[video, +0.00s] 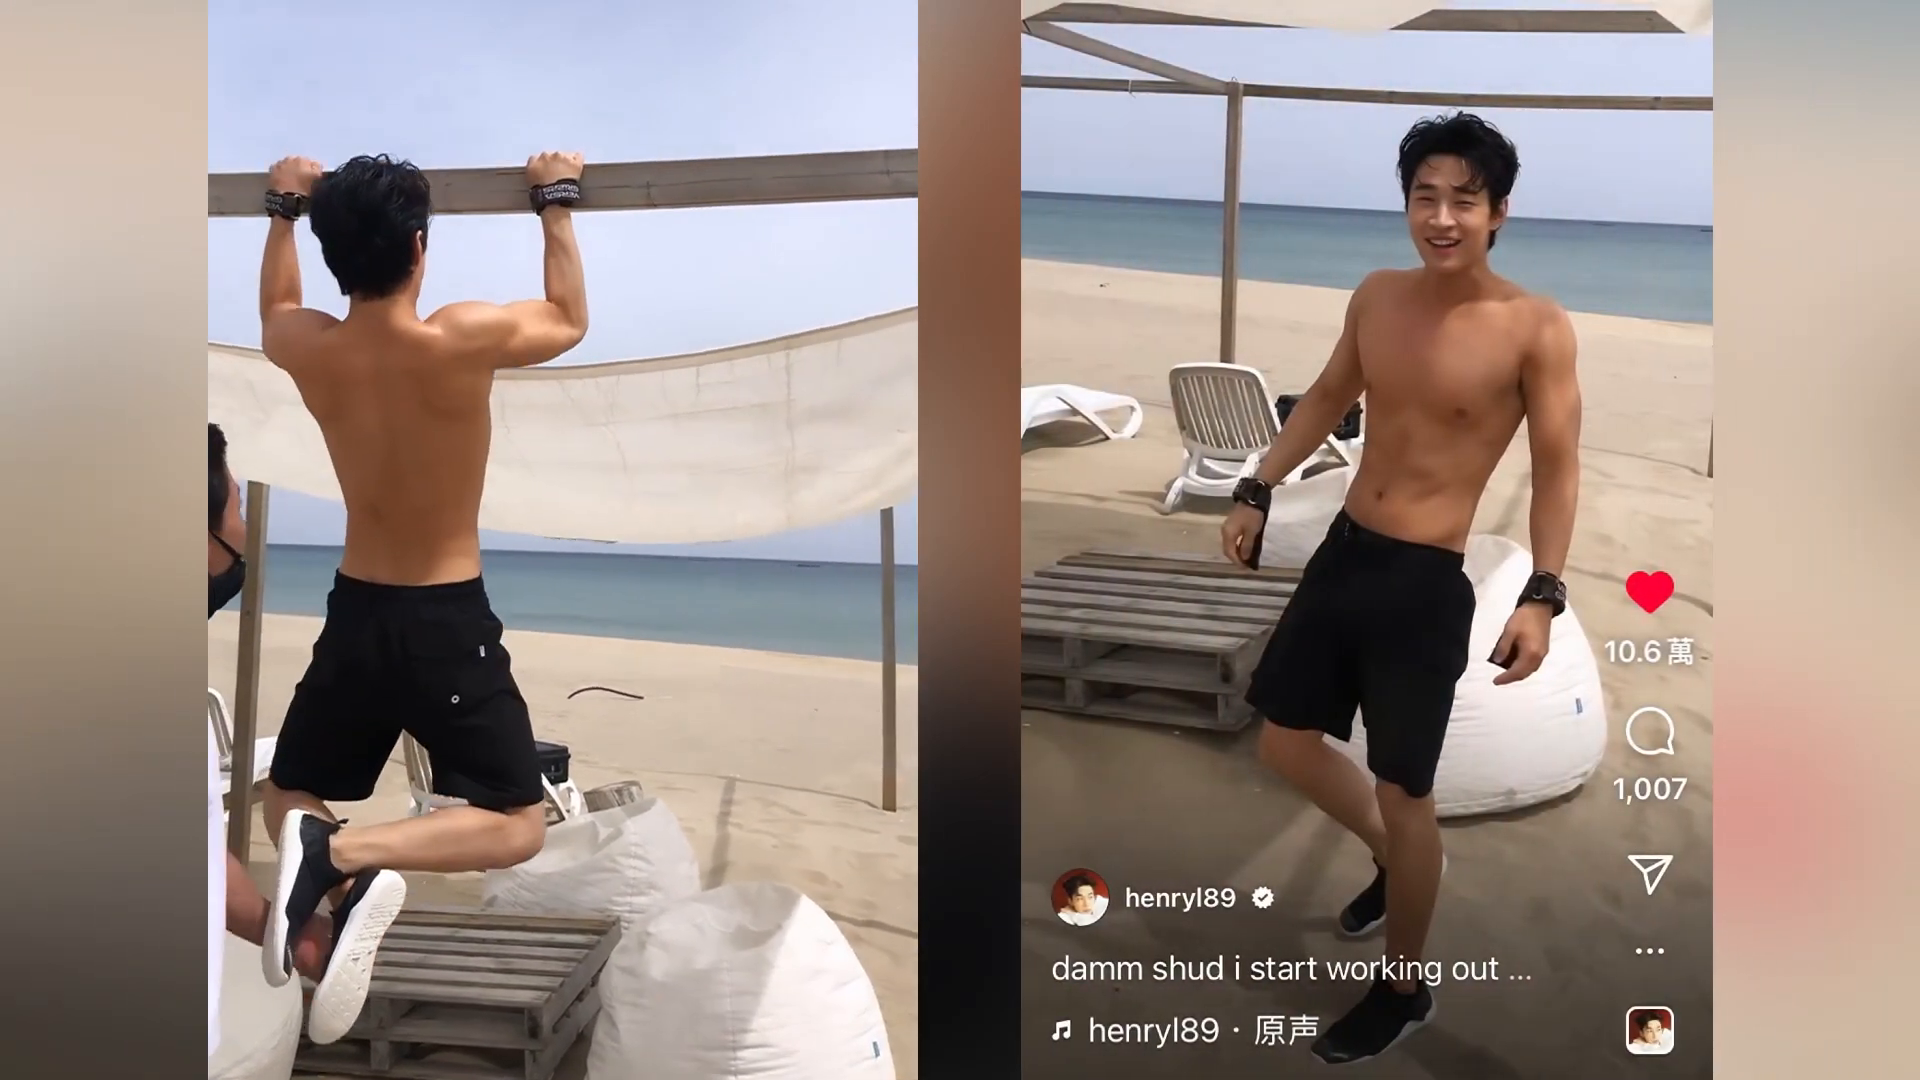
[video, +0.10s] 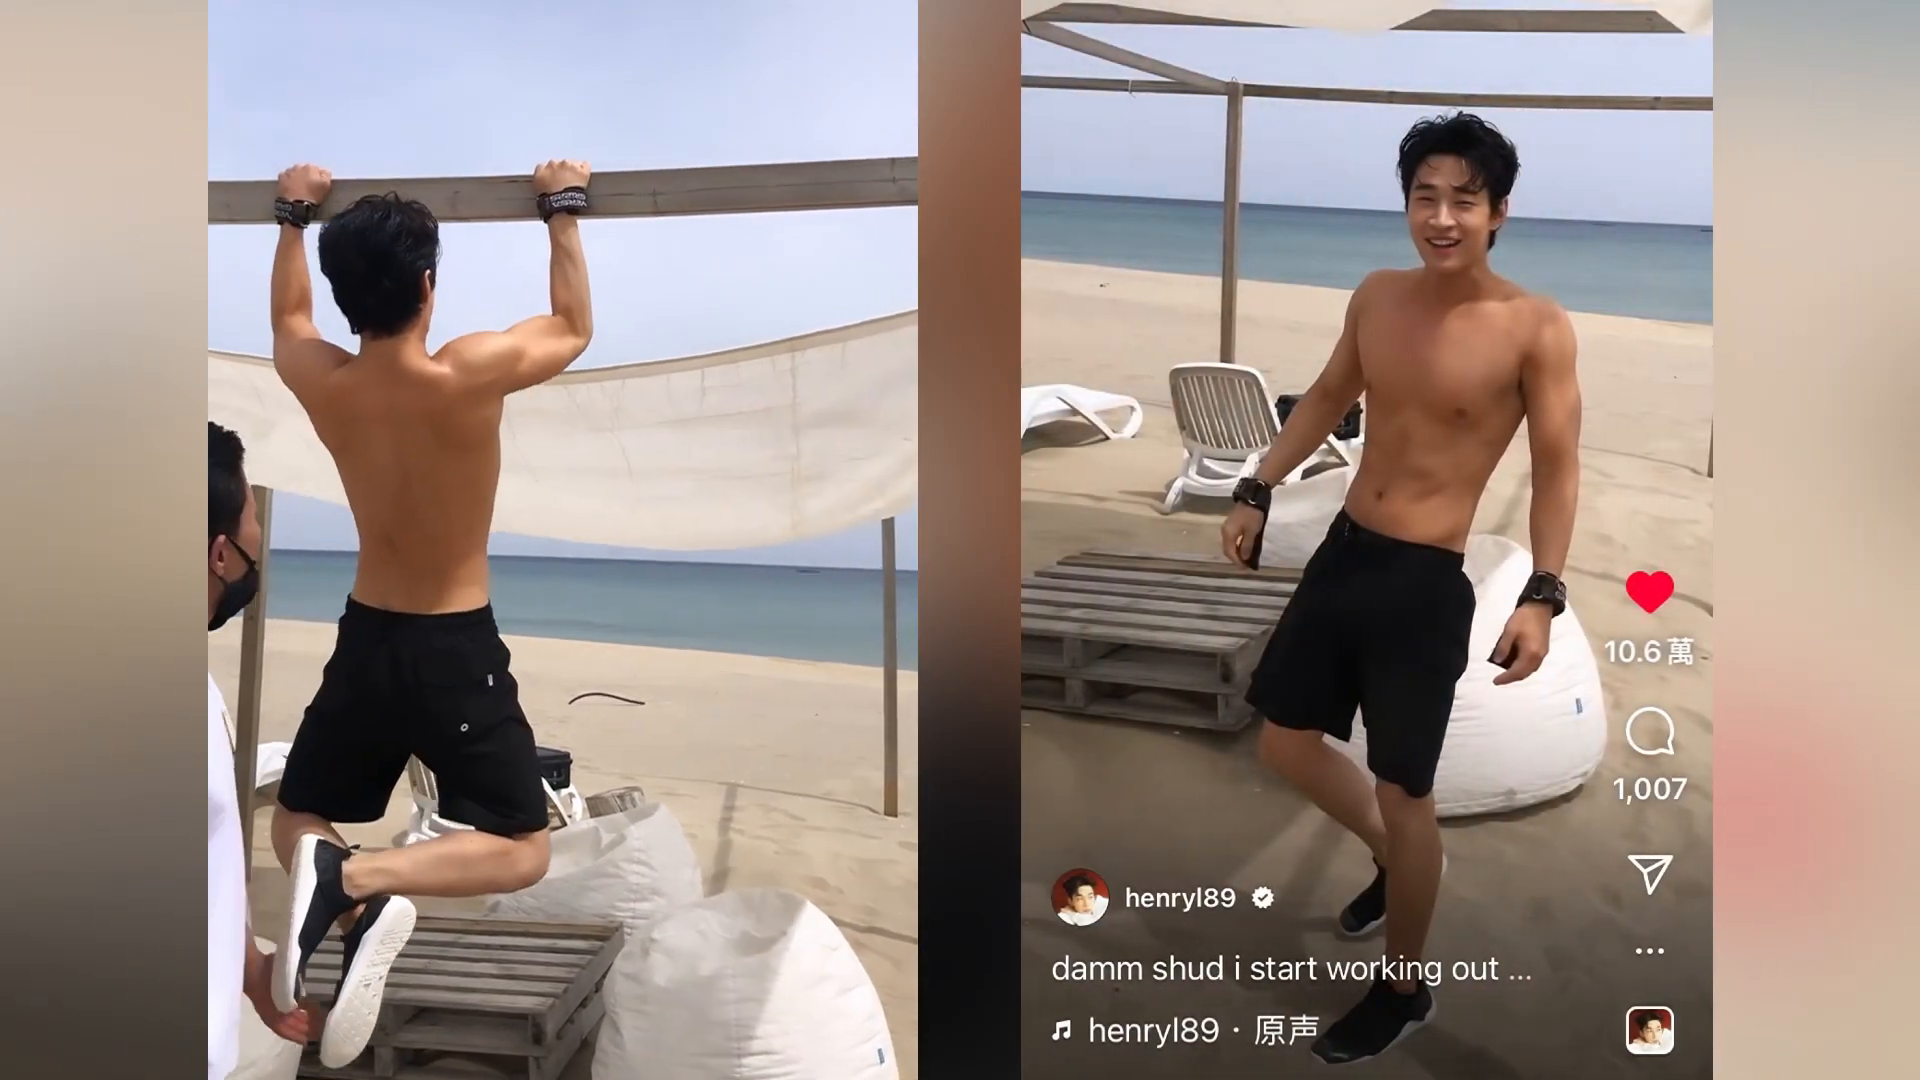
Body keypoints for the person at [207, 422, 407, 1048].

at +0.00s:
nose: (246, 523)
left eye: (237, 501)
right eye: (237, 505)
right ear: (207, 536)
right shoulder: (186, 707)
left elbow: (196, 844)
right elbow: (196, 858)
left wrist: (294, 934)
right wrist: (297, 935)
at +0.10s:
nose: (261, 531)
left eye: (253, 512)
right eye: (252, 515)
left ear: (220, 557)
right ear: (221, 553)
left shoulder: (205, 694)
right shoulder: (197, 700)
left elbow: (190, 871)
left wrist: (254, 967)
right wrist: (254, 968)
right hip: (207, 1051)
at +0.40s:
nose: (313, 544)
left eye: (307, 523)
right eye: (306, 526)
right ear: (276, 565)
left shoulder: (225, 699)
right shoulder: (215, 737)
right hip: (236, 1053)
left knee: (305, 981)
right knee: (308, 985)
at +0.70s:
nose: (337, 551)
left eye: (333, 530)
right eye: (333, 533)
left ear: (208, 550)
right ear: (302, 569)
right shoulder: (227, 768)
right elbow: (207, 1029)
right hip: (266, 1060)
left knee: (341, 988)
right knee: (347, 998)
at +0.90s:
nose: (335, 546)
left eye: (328, 524)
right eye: (328, 528)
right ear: (297, 565)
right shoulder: (228, 768)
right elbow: (215, 1038)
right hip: (265, 1062)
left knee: (352, 985)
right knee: (356, 989)